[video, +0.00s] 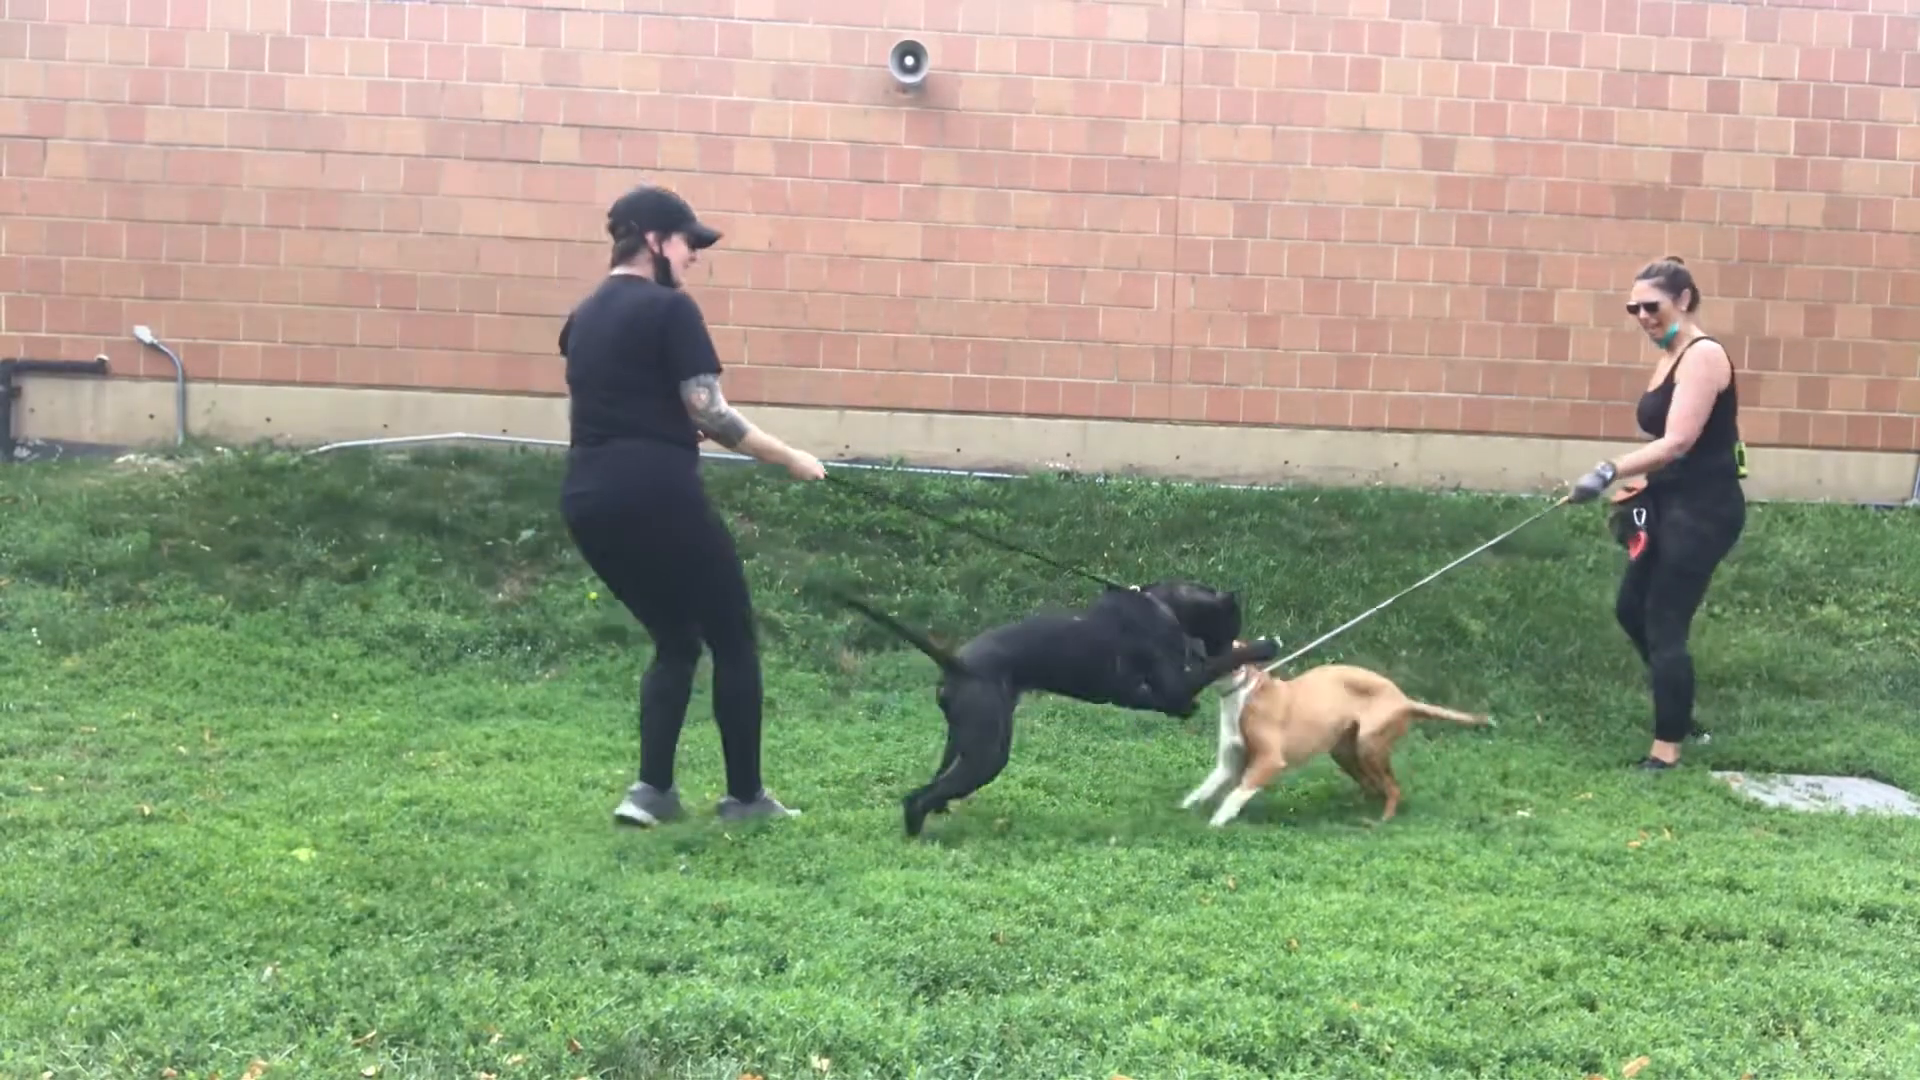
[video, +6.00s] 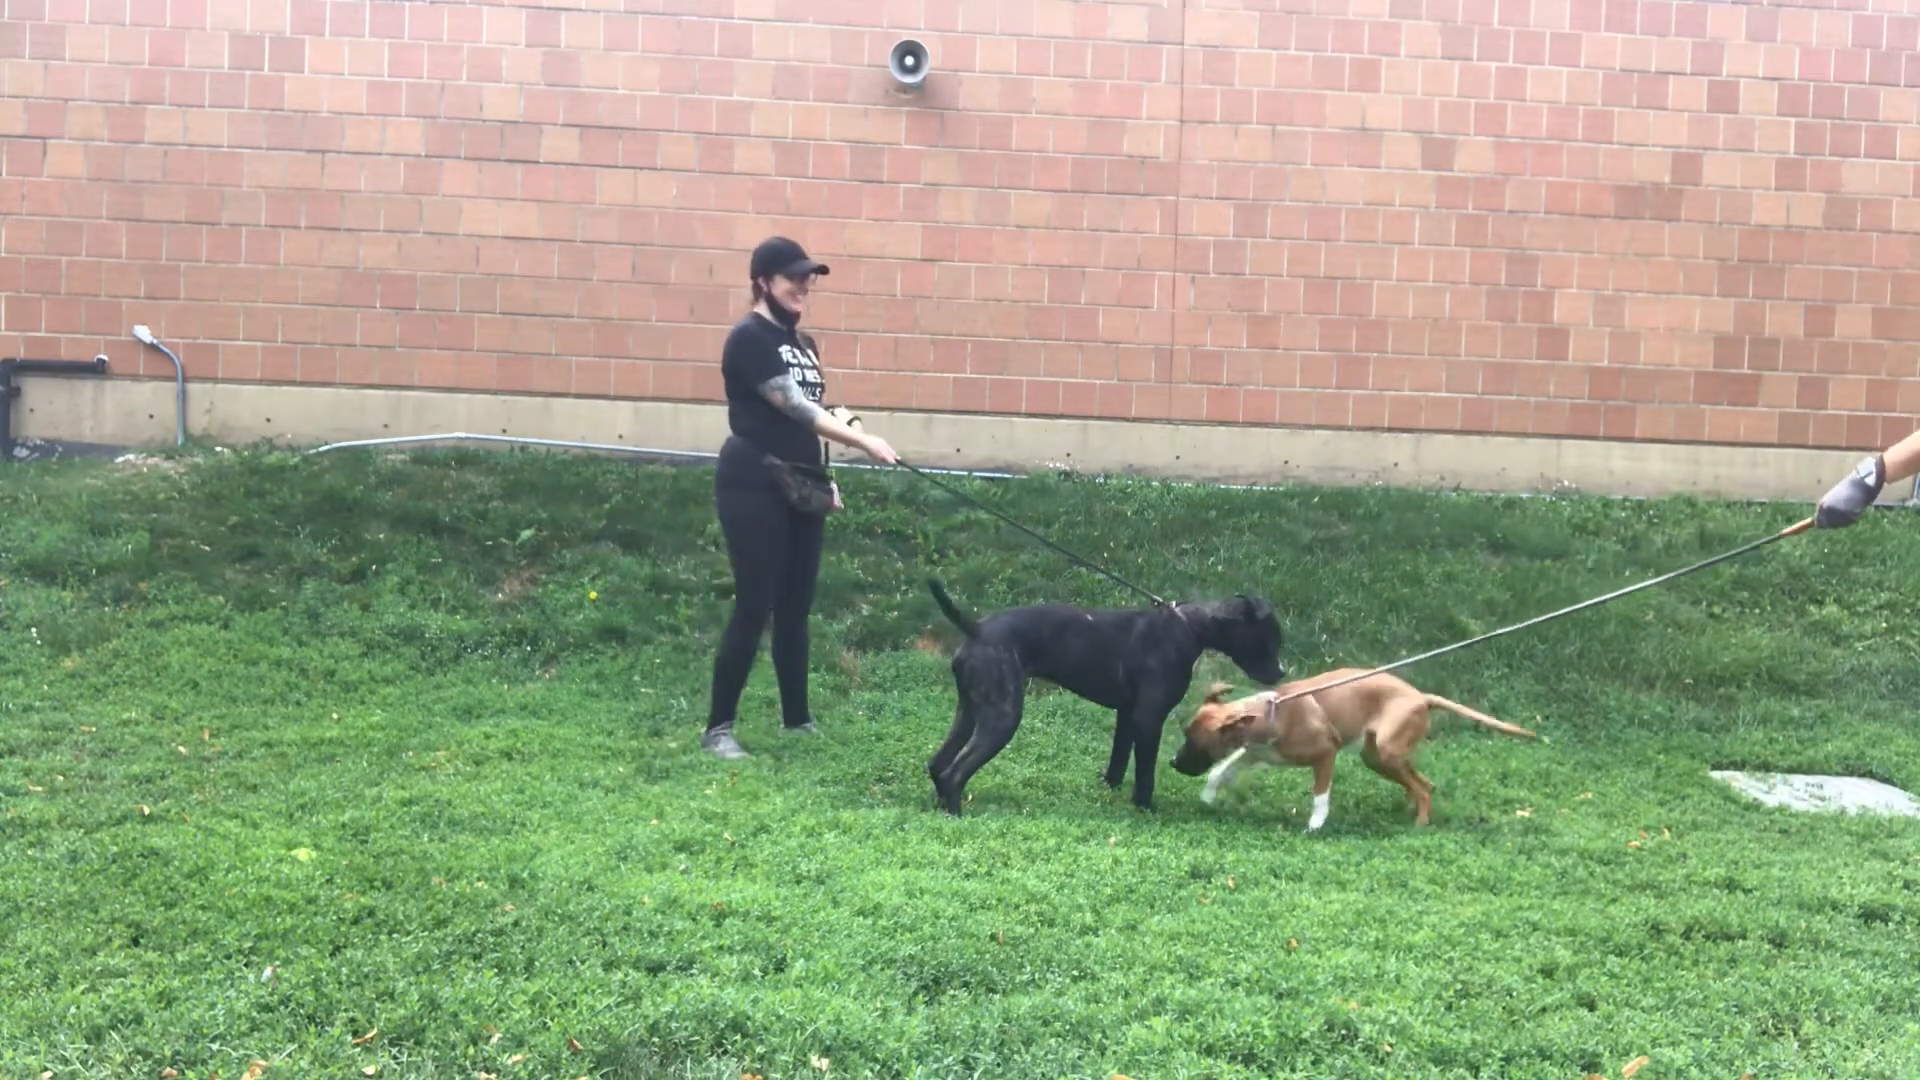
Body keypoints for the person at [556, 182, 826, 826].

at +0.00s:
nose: (694, 260)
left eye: (696, 248)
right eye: (690, 247)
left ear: (629, 244)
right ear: (655, 242)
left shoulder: (586, 312)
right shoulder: (670, 306)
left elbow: (606, 404)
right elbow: (707, 410)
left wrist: (689, 417)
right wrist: (787, 456)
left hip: (588, 494)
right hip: (661, 494)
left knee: (675, 638)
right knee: (733, 635)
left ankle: (651, 789)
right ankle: (746, 796)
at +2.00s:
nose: (727, 266)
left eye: (728, 256)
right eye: (720, 255)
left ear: (676, 254)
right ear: (686, 252)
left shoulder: (630, 307)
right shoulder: (693, 308)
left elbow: (644, 400)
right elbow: (730, 410)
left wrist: (717, 419)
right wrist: (793, 460)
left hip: (620, 472)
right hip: (682, 475)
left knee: (637, 623)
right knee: (746, 606)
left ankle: (634, 770)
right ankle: (735, 756)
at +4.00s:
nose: (756, 277)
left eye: (758, 267)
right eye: (748, 265)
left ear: (711, 269)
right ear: (714, 265)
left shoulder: (685, 312)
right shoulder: (716, 316)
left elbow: (690, 407)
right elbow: (740, 405)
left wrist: (737, 458)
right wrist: (807, 452)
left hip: (665, 466)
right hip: (702, 470)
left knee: (711, 611)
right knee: (733, 613)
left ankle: (644, 732)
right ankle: (746, 754)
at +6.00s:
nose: (804, 287)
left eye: (808, 279)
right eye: (794, 278)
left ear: (808, 283)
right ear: (764, 281)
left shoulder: (803, 343)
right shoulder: (749, 338)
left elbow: (805, 420)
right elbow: (794, 406)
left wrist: (822, 480)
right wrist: (865, 439)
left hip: (802, 481)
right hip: (754, 478)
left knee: (795, 605)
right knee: (754, 603)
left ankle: (797, 723)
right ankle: (718, 729)